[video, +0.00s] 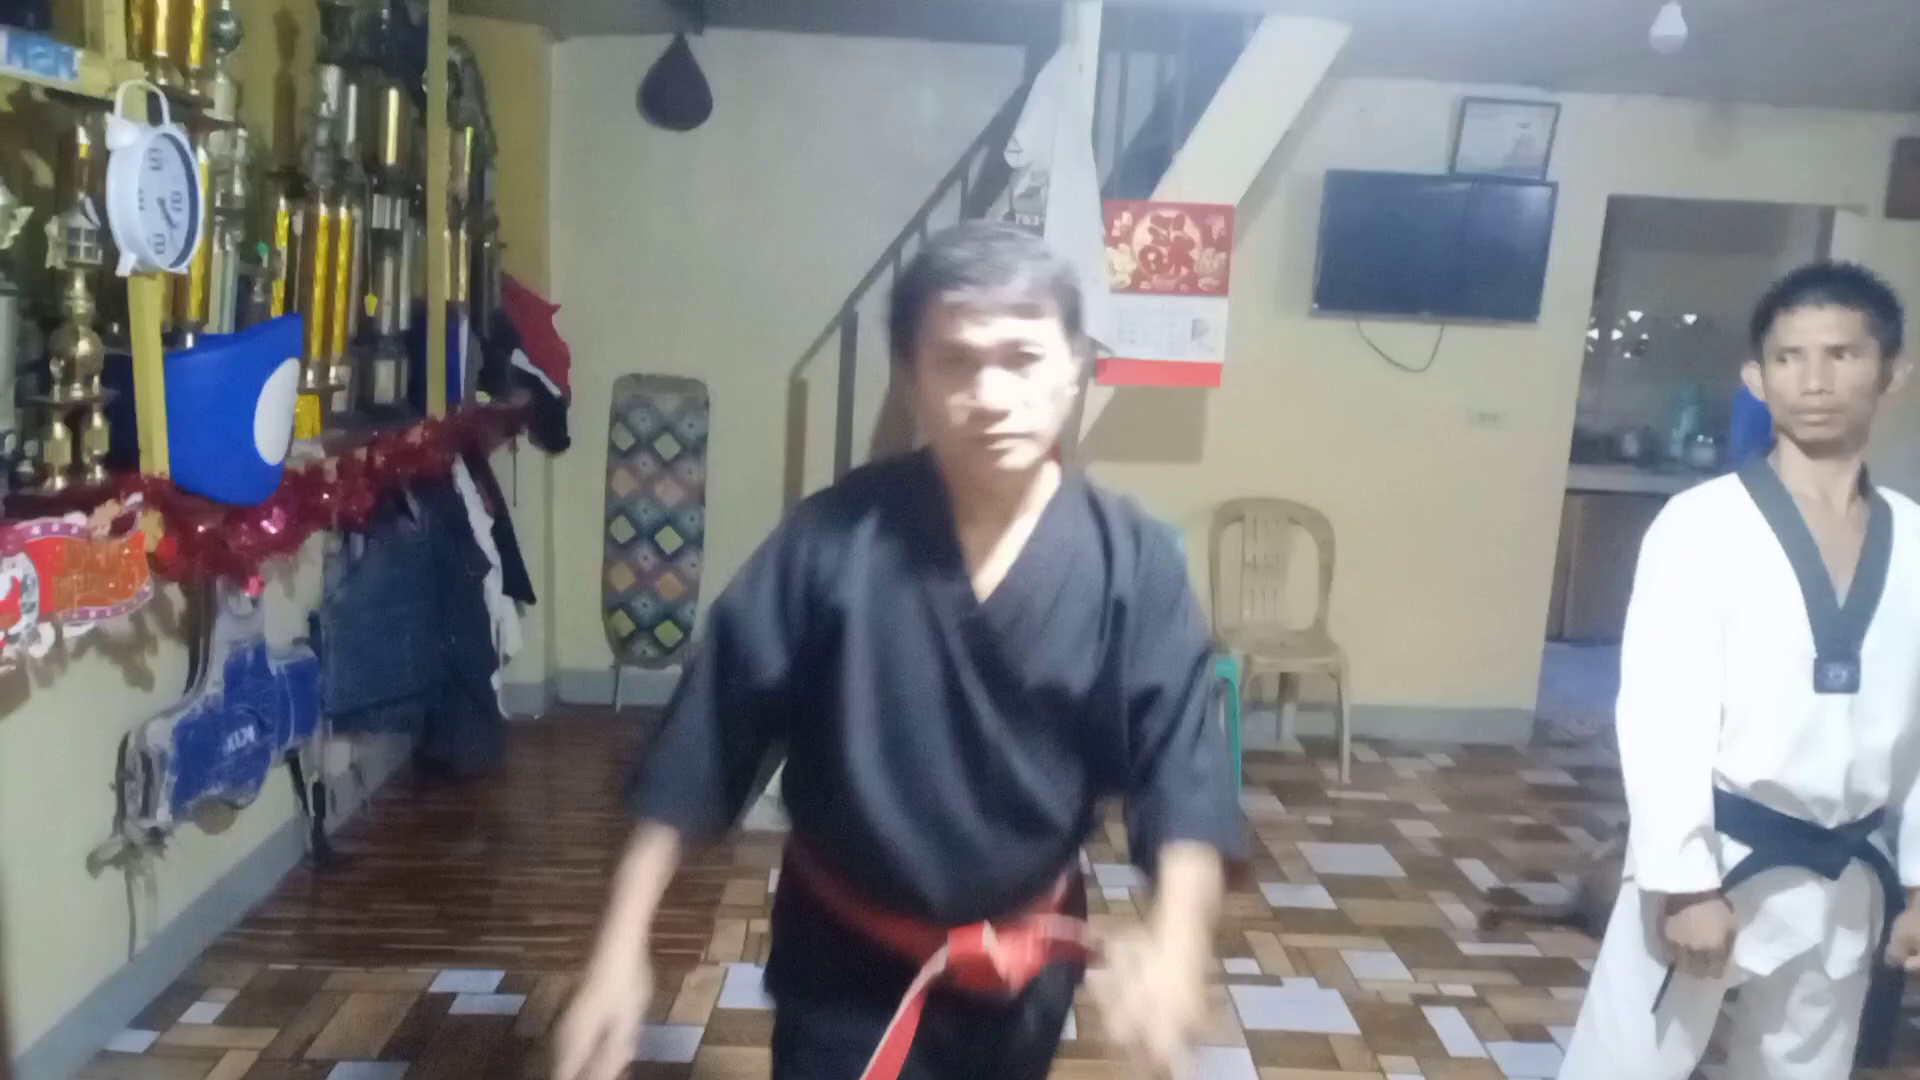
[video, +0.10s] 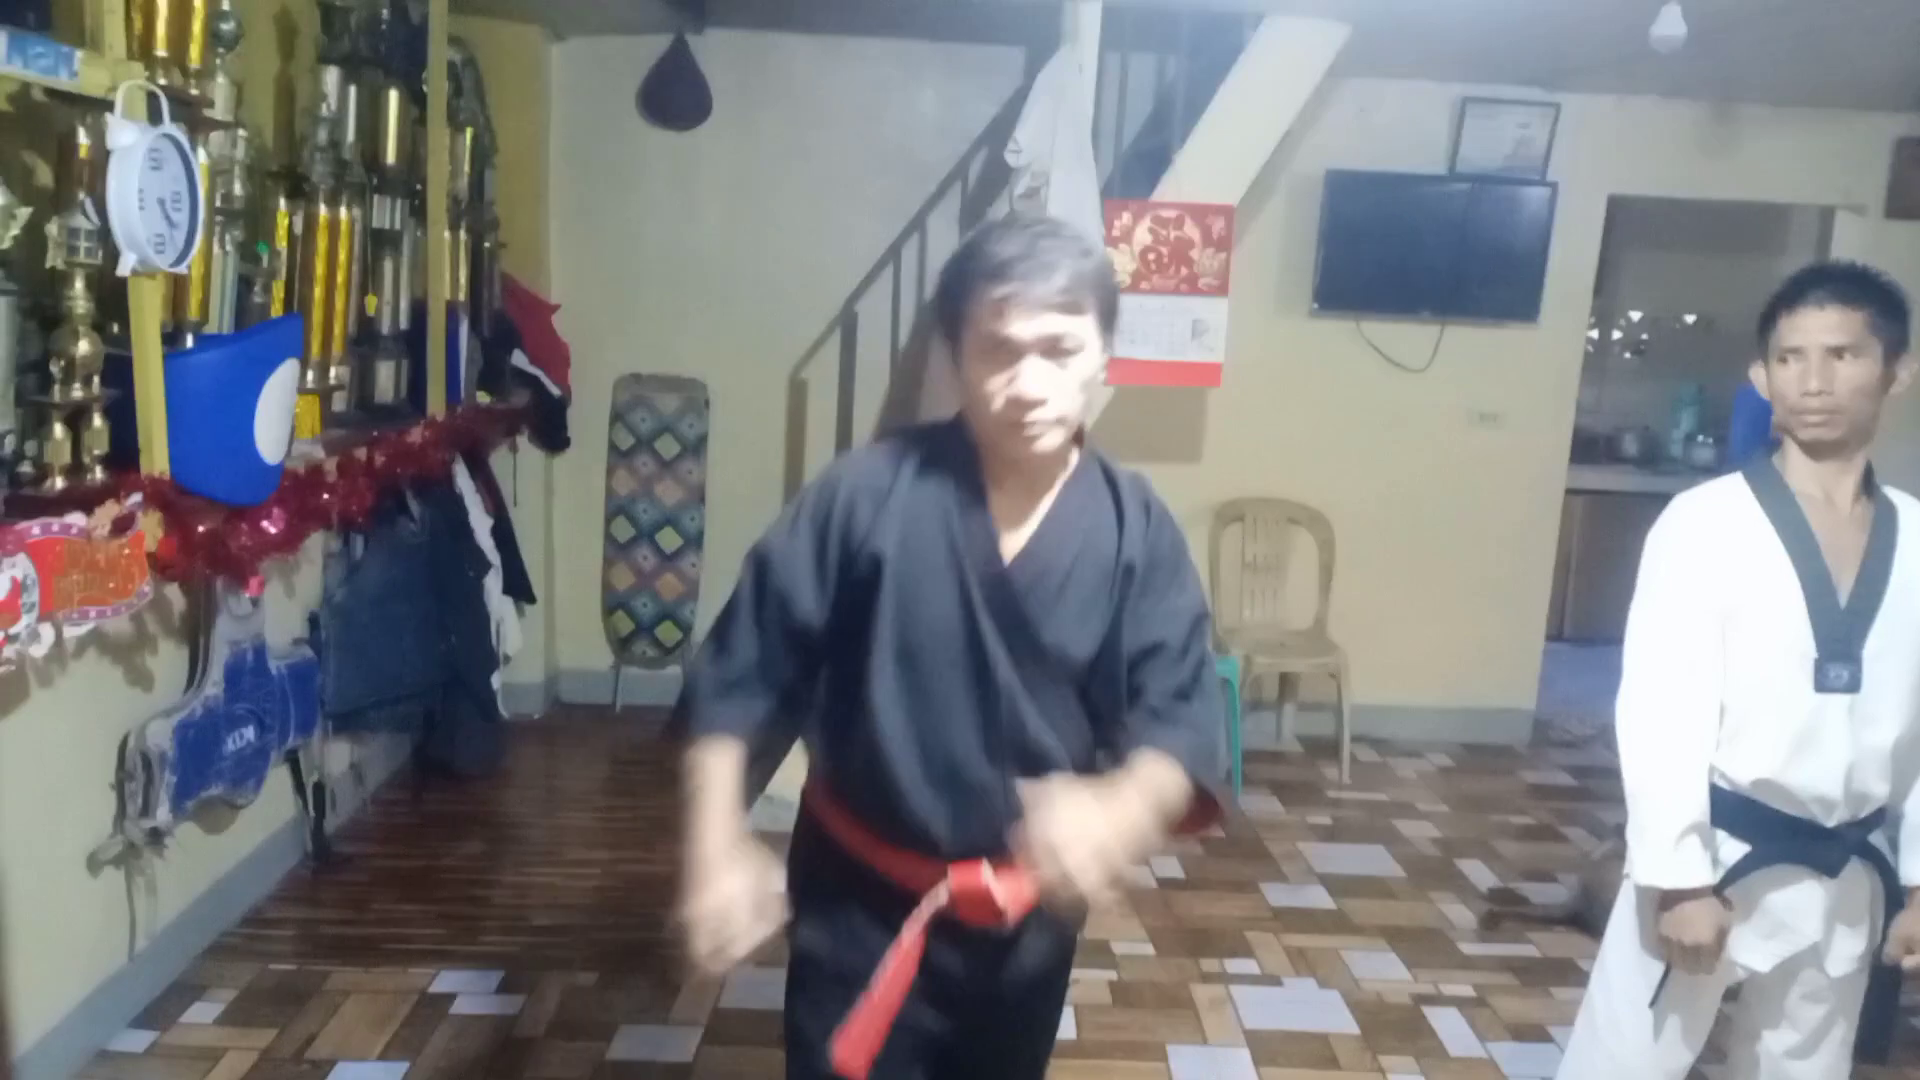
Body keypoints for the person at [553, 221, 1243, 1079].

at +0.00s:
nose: (990, 396)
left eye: (1022, 359)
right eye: (957, 362)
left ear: (1077, 375)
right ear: (909, 379)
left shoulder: (1134, 562)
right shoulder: (829, 543)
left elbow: (1187, 759)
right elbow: (703, 734)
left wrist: (1178, 947)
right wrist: (619, 947)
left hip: (1022, 957)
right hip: (847, 950)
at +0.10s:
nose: (1026, 382)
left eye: (1057, 351)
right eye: (998, 352)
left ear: (1103, 364)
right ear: (955, 359)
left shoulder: (1136, 531)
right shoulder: (863, 498)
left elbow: (1184, 728)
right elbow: (735, 676)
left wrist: (1112, 818)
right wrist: (715, 854)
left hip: (1028, 912)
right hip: (863, 902)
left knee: (1001, 1069)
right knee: (841, 1066)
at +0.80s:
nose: (828, 325)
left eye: (851, 298)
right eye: (802, 300)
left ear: (889, 304)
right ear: (767, 308)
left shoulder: (936, 438)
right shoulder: (714, 430)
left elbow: (993, 587)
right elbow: (661, 591)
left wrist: (990, 684)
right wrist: (671, 720)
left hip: (904, 756)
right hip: (749, 754)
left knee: (921, 1019)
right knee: (720, 1020)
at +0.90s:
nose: (839, 321)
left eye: (862, 295)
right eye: (815, 297)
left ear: (899, 302)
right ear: (780, 305)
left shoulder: (949, 434)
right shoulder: (729, 430)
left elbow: (1001, 578)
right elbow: (683, 588)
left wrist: (988, 678)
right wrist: (692, 710)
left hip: (916, 747)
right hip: (762, 743)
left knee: (921, 1007)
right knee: (728, 1012)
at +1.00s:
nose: (850, 326)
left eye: (873, 301)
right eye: (827, 302)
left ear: (910, 307)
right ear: (792, 310)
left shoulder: (958, 437)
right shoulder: (742, 432)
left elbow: (1010, 578)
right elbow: (702, 587)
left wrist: (997, 674)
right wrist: (717, 705)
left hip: (925, 747)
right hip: (777, 744)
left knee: (934, 1003)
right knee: (740, 1003)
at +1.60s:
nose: (913, 339)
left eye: (937, 313)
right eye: (889, 313)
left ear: (975, 319)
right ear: (855, 320)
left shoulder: (1020, 450)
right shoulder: (798, 434)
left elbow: (1071, 611)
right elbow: (725, 593)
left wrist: (1074, 755)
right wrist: (710, 745)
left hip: (964, 748)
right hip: (819, 744)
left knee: (949, 1003)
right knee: (767, 993)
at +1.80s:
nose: (945, 381)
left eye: (969, 355)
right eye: (922, 356)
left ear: (1006, 357)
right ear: (887, 356)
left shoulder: (1050, 467)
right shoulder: (827, 443)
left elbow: (1077, 626)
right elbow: (781, 603)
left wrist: (1056, 738)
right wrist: (785, 729)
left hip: (981, 745)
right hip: (846, 742)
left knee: (956, 984)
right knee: (853, 988)